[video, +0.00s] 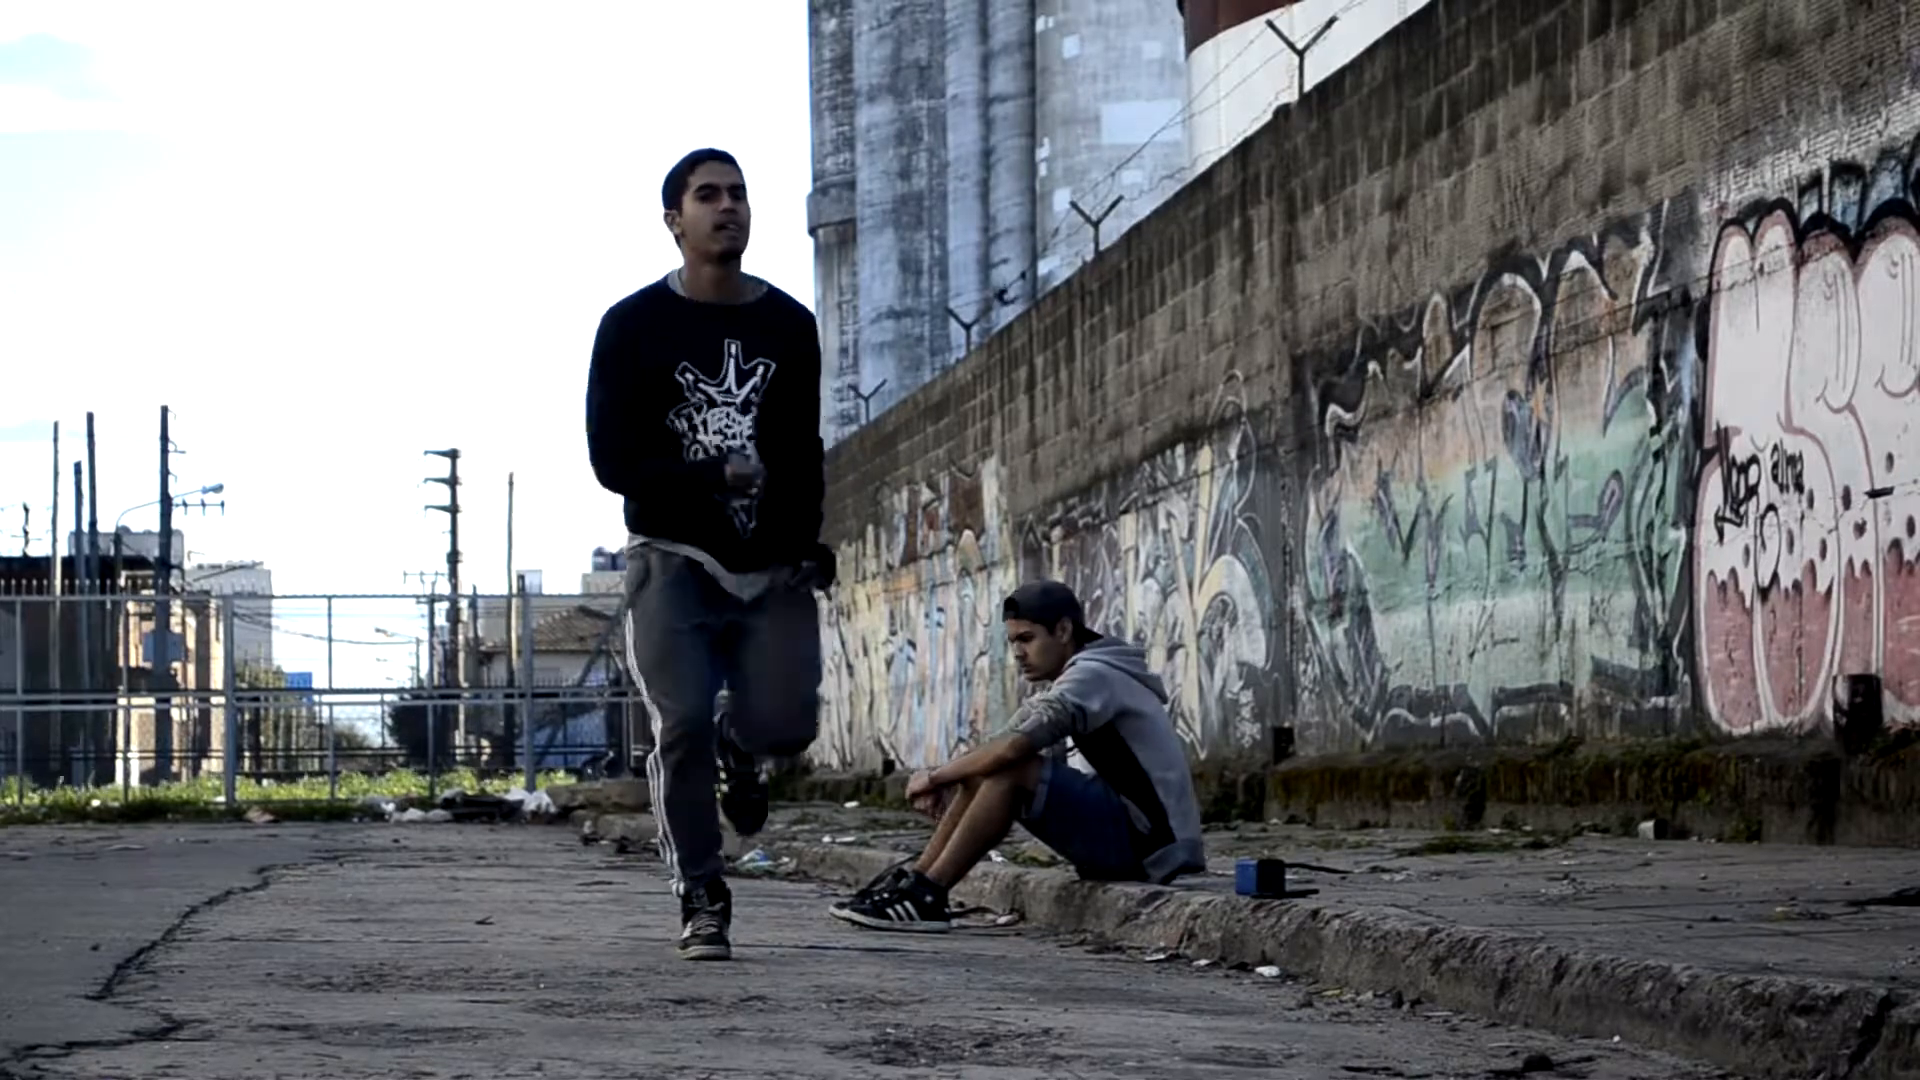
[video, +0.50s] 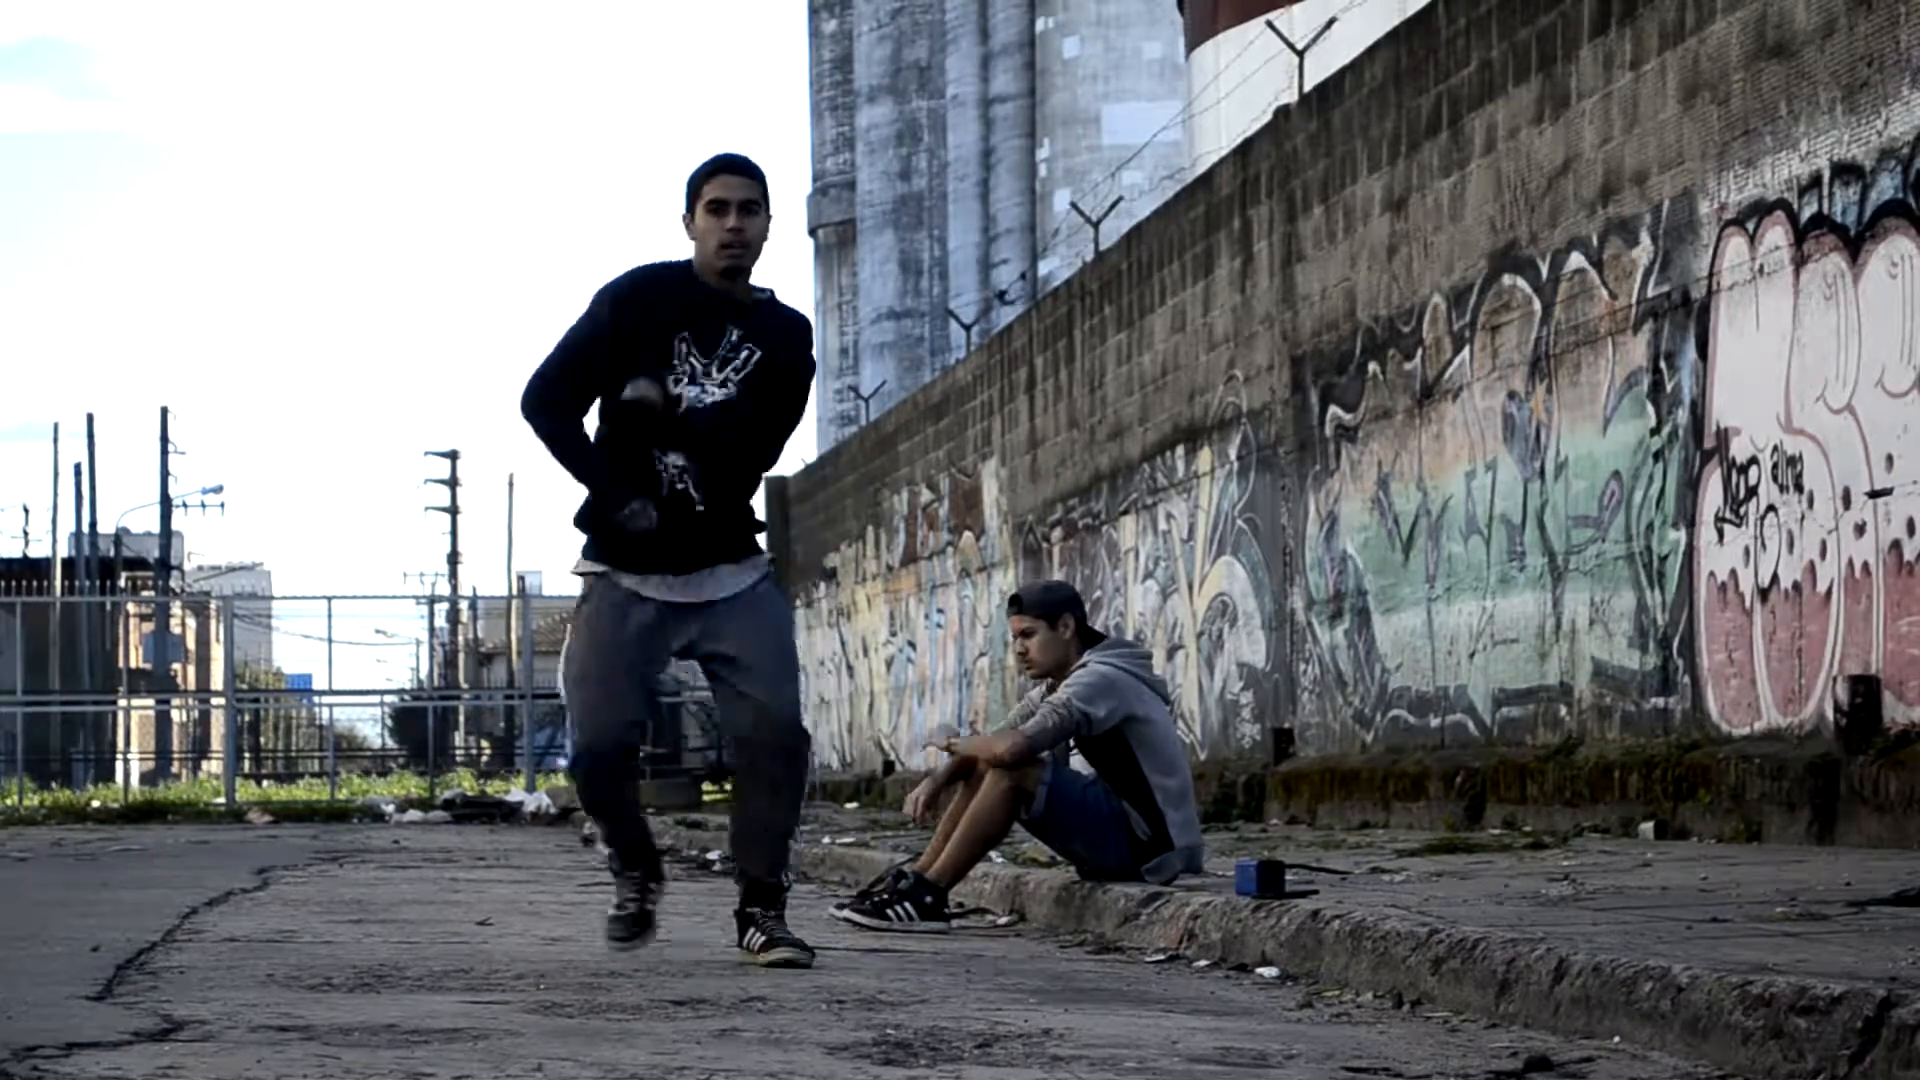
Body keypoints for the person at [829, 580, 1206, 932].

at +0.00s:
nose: (1017, 655)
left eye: (1025, 640)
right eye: (1013, 643)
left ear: (1064, 631)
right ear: (1061, 634)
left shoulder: (1094, 672)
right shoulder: (1077, 676)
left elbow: (1012, 749)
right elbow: (1015, 751)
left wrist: (936, 776)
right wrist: (946, 783)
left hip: (1150, 846)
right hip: (1124, 837)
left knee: (1012, 770)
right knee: (983, 767)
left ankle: (933, 895)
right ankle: (914, 883)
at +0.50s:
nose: (1019, 650)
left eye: (1028, 636)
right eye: (1015, 639)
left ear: (1067, 628)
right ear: (1061, 632)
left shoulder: (1101, 676)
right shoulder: (1064, 684)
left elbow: (1011, 751)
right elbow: (999, 743)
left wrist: (957, 749)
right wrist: (942, 776)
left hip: (1151, 848)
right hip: (1120, 839)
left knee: (1013, 771)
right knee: (983, 767)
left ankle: (933, 895)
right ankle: (915, 882)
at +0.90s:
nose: (1030, 641)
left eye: (1041, 629)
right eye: (1026, 630)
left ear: (1080, 626)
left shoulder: (1104, 672)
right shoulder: (1060, 673)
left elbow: (1010, 737)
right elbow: (990, 730)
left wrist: (1001, 721)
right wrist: (936, 793)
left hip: (1146, 845)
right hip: (1115, 834)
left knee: (1012, 766)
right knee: (988, 755)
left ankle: (932, 894)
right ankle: (915, 880)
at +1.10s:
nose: (1029, 642)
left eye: (1039, 629)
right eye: (1026, 630)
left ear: (1079, 627)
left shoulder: (1103, 670)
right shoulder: (1073, 672)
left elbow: (1009, 737)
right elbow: (995, 728)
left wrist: (999, 720)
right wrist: (941, 784)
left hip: (1150, 842)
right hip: (1119, 832)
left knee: (1011, 765)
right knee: (989, 758)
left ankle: (932, 895)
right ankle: (912, 883)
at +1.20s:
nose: (1028, 639)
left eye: (1039, 626)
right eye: (1026, 628)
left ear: (1079, 625)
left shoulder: (1101, 667)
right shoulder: (1081, 669)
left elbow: (1010, 735)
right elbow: (1010, 734)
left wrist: (978, 725)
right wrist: (949, 771)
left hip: (1149, 843)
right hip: (1122, 834)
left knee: (1014, 764)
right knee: (988, 757)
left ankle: (936, 893)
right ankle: (914, 881)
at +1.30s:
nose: (1027, 637)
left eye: (1038, 625)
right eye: (1025, 626)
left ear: (1077, 624)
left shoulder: (1097, 665)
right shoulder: (1082, 668)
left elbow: (1012, 732)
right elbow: (1019, 745)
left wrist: (943, 749)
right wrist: (958, 763)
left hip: (1150, 842)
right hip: (1123, 833)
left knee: (1013, 764)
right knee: (985, 765)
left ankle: (935, 894)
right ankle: (915, 882)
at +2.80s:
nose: (1029, 635)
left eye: (1040, 622)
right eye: (1025, 624)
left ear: (1079, 620)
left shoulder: (1093, 671)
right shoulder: (1079, 669)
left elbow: (1011, 747)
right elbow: (1002, 741)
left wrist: (934, 772)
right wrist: (939, 770)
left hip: (1148, 845)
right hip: (1119, 832)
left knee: (1007, 776)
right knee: (981, 768)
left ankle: (932, 894)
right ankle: (912, 883)